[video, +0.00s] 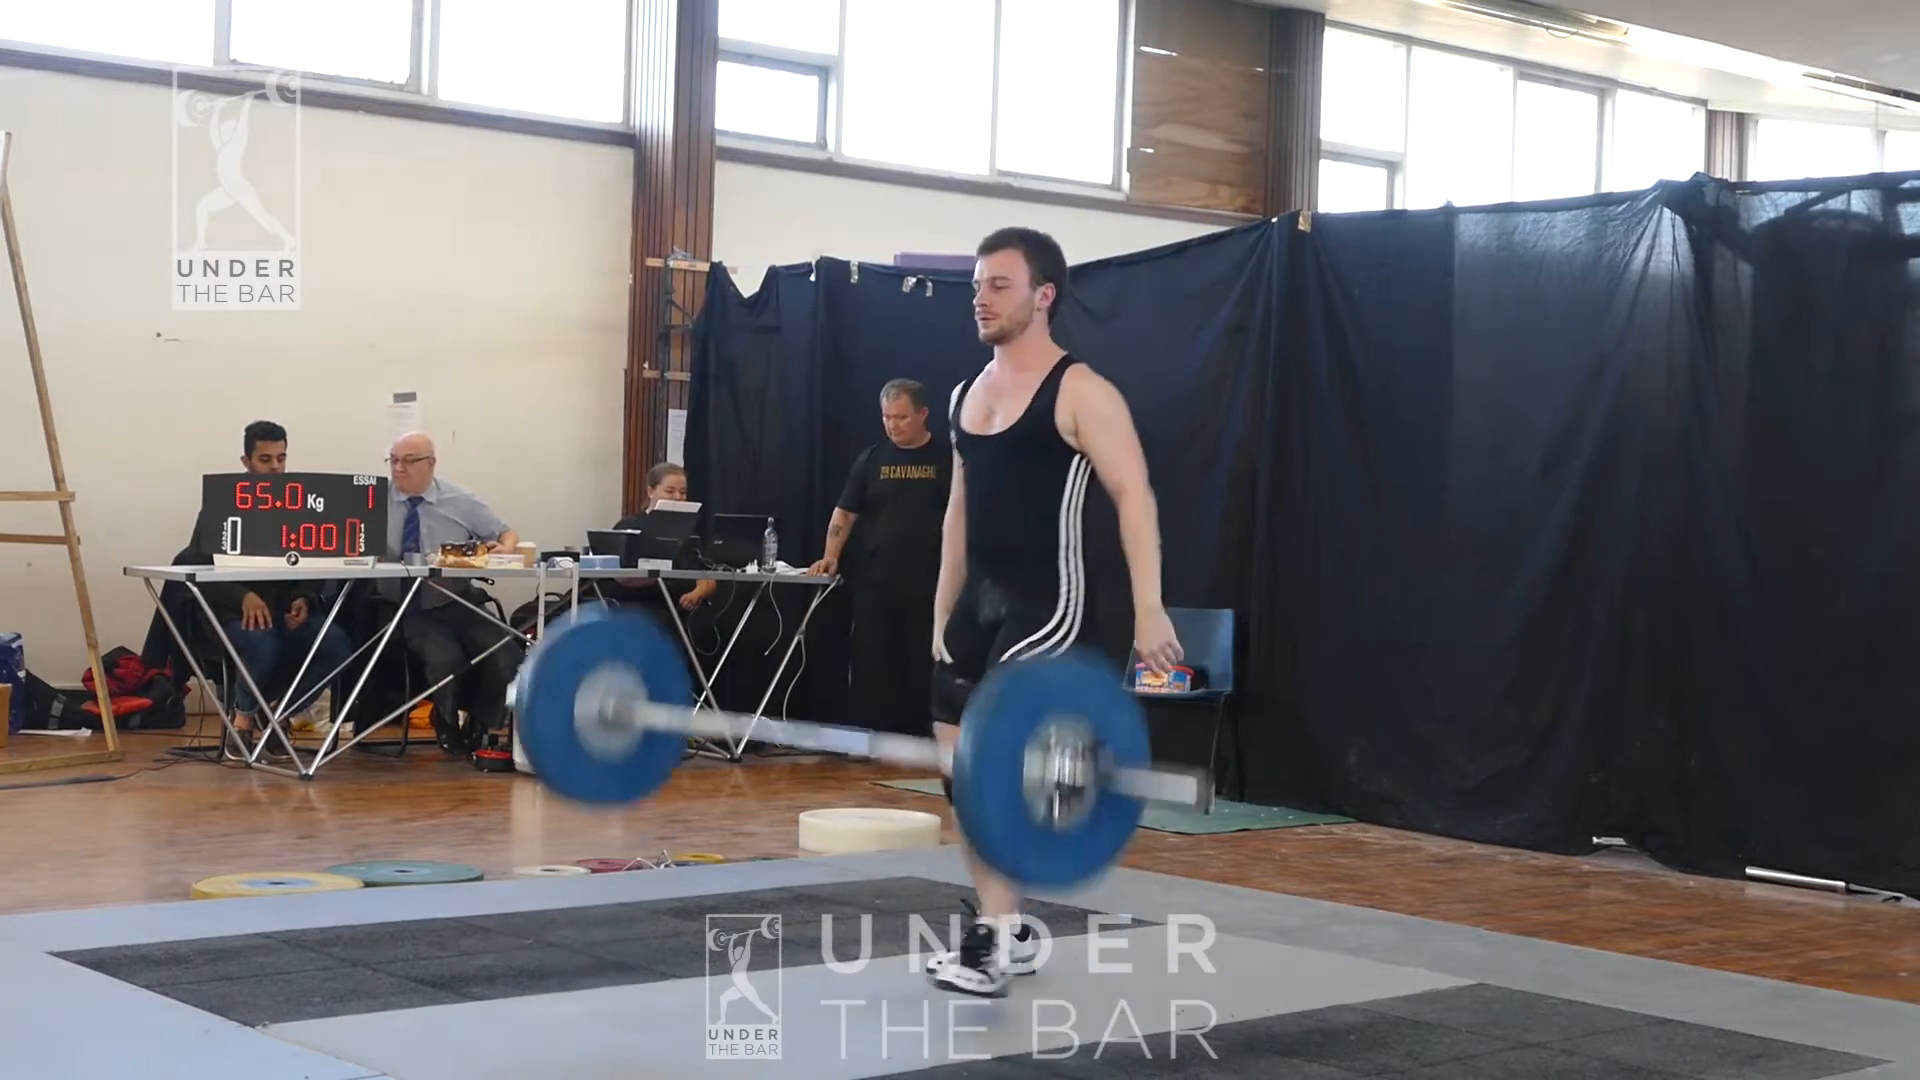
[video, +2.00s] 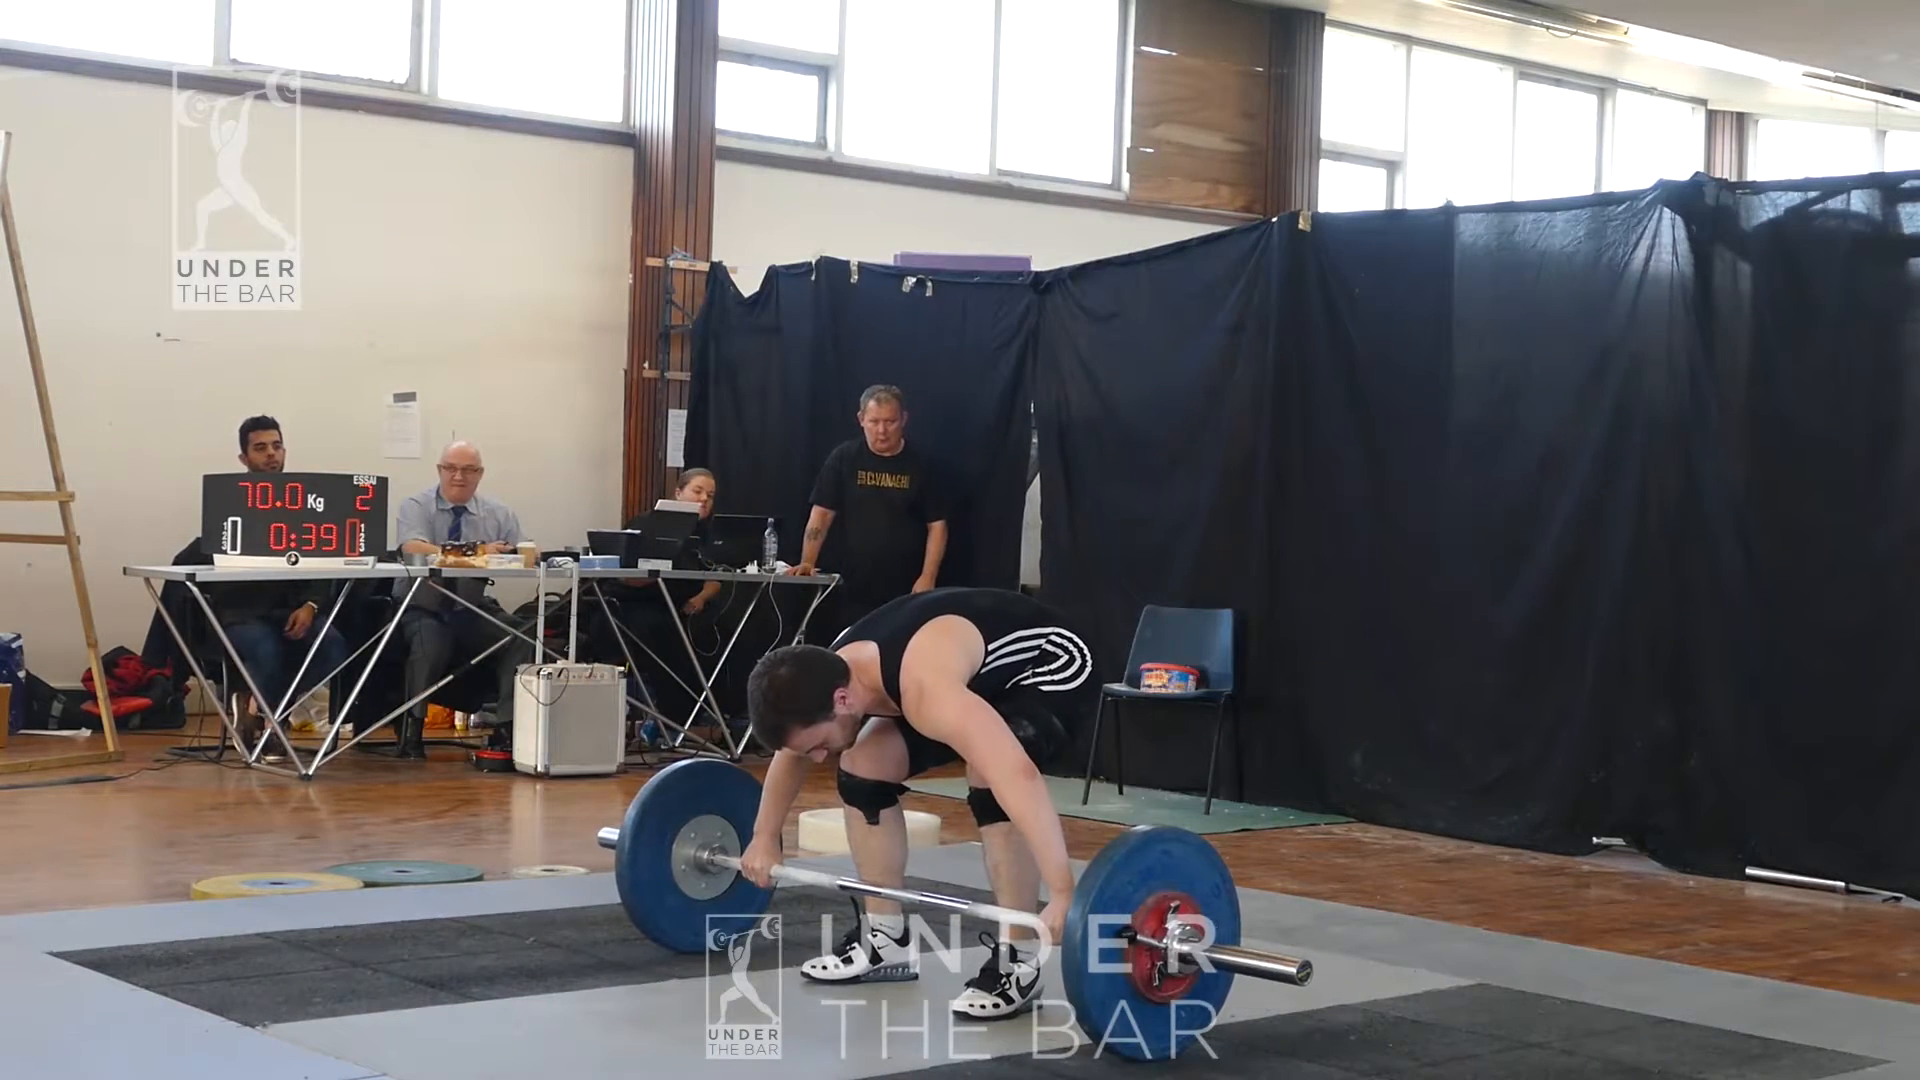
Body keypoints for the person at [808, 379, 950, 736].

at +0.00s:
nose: (892, 425)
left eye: (900, 417)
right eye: (886, 418)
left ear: (923, 415)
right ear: (881, 417)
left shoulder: (949, 459)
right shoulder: (871, 460)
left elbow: (962, 518)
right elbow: (843, 515)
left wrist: (957, 571)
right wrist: (831, 555)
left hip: (929, 579)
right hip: (875, 578)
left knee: (923, 665)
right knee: (873, 666)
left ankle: (923, 747)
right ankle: (873, 746)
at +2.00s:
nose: (882, 430)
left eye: (889, 422)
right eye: (874, 422)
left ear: (904, 420)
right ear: (861, 420)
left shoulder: (922, 465)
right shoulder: (843, 459)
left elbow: (937, 527)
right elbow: (822, 514)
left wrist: (928, 577)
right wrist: (807, 562)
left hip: (902, 586)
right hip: (851, 582)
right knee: (849, 665)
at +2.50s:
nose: (886, 428)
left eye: (894, 420)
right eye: (879, 420)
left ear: (907, 419)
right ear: (865, 419)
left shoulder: (927, 464)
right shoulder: (846, 459)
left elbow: (942, 526)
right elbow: (823, 514)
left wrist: (937, 578)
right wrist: (807, 562)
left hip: (908, 588)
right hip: (856, 583)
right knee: (852, 665)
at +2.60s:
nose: (887, 428)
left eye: (894, 420)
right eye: (879, 420)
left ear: (907, 419)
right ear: (865, 418)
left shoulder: (927, 464)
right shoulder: (846, 459)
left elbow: (942, 525)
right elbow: (823, 514)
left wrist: (937, 578)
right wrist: (808, 562)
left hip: (909, 588)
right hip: (857, 584)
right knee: (853, 665)